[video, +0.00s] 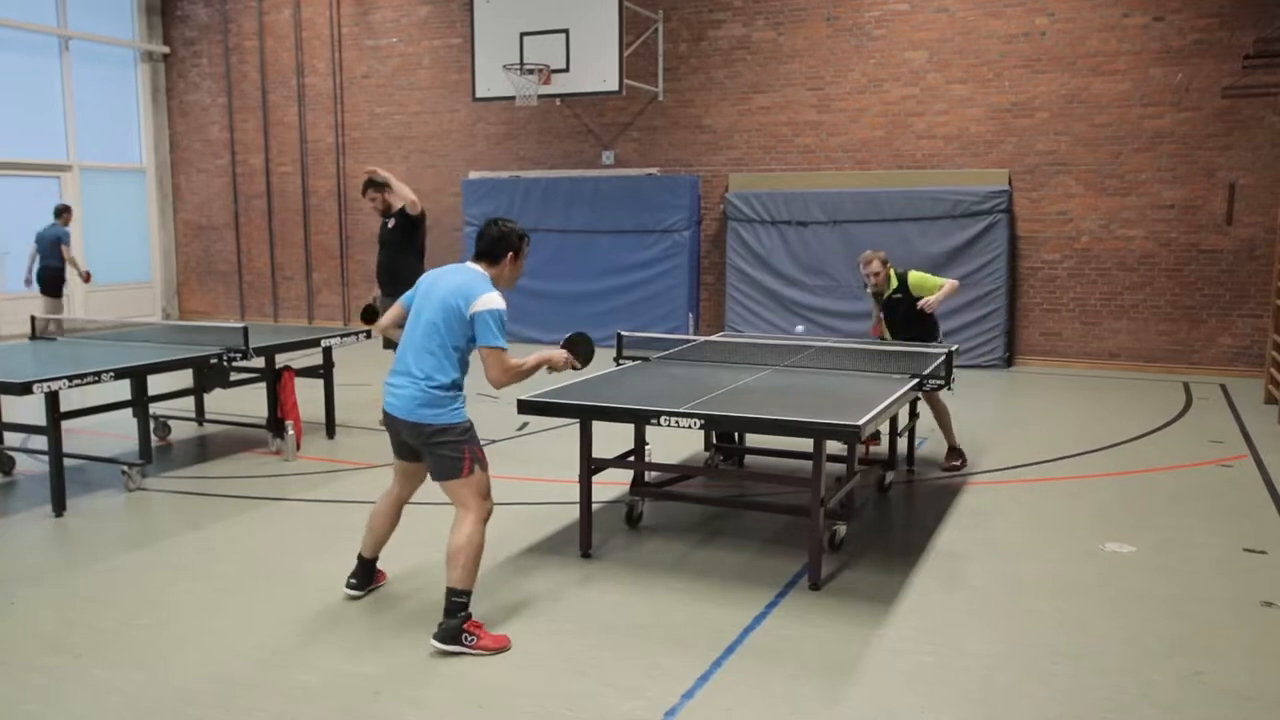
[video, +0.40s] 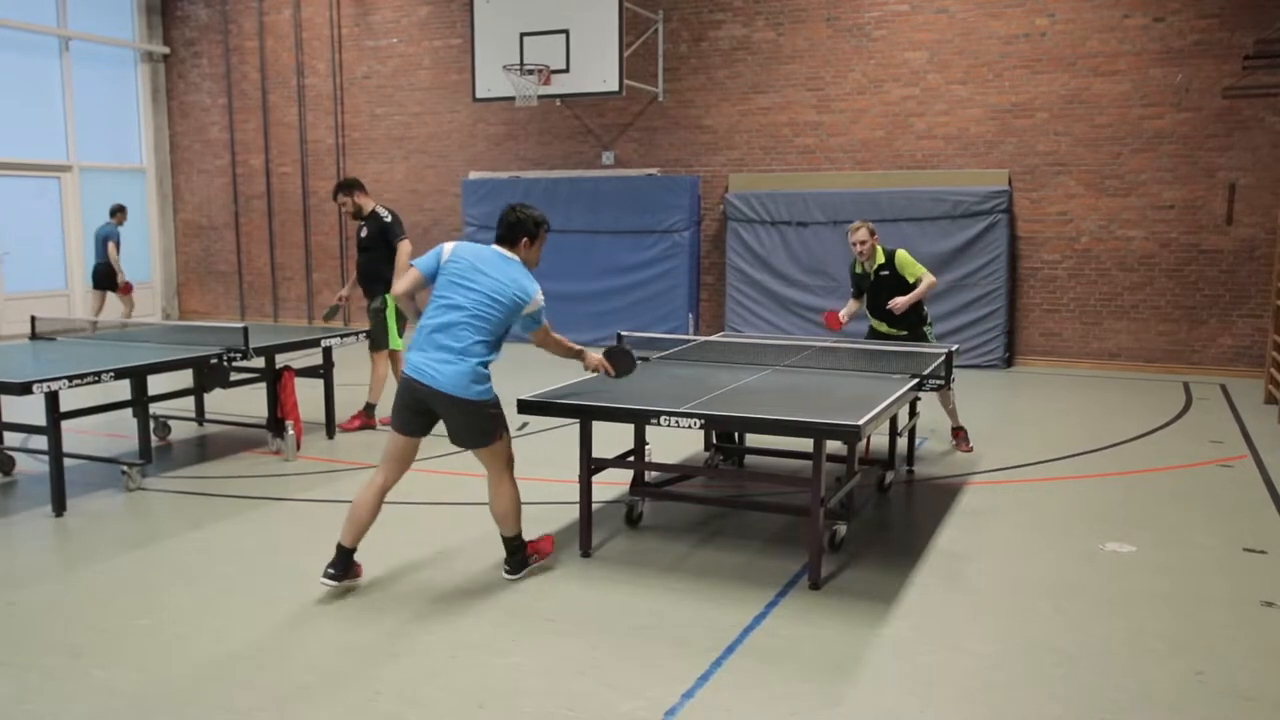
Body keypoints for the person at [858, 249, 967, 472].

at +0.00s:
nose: (872, 281)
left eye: (876, 274)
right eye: (867, 276)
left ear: (887, 270)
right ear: (863, 276)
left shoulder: (910, 280)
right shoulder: (874, 289)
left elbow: (953, 283)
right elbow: (877, 304)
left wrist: (937, 297)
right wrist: (876, 321)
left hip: (926, 348)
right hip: (896, 348)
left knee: (930, 395)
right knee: (872, 385)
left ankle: (953, 449)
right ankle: (871, 431)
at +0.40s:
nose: (859, 249)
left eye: (863, 243)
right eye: (854, 245)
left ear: (875, 240)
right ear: (851, 246)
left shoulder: (897, 257)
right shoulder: (857, 267)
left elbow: (930, 280)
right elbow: (858, 297)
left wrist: (908, 299)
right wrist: (846, 312)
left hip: (914, 333)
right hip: (878, 333)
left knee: (940, 380)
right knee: (863, 380)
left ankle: (957, 428)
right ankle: (861, 437)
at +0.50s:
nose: (857, 244)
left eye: (861, 238)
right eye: (852, 240)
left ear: (872, 235)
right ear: (848, 242)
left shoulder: (895, 251)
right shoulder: (857, 263)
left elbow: (917, 281)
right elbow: (859, 295)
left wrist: (886, 300)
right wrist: (847, 313)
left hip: (919, 325)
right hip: (885, 326)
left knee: (943, 377)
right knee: (863, 373)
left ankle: (965, 421)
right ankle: (861, 432)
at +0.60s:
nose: (855, 256)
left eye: (859, 249)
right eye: (850, 252)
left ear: (871, 247)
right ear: (847, 253)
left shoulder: (886, 263)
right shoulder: (859, 271)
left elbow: (881, 299)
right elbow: (868, 302)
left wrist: (851, 302)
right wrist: (852, 323)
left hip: (921, 332)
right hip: (890, 331)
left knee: (946, 389)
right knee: (862, 376)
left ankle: (986, 435)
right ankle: (859, 434)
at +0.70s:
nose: (861, 271)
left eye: (865, 264)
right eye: (856, 267)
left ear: (876, 261)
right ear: (852, 268)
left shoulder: (894, 275)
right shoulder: (865, 290)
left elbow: (888, 311)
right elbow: (858, 327)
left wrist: (858, 303)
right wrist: (861, 339)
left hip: (928, 343)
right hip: (897, 346)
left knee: (947, 398)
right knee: (864, 387)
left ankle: (987, 442)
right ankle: (860, 443)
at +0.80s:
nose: (867, 273)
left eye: (871, 266)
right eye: (863, 268)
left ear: (883, 261)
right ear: (858, 269)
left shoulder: (905, 270)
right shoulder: (863, 293)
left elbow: (931, 296)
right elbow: (844, 325)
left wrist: (898, 299)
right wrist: (854, 333)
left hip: (930, 345)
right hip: (894, 350)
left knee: (953, 394)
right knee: (865, 391)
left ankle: (989, 443)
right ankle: (856, 446)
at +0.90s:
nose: (874, 275)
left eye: (878, 269)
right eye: (870, 271)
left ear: (889, 264)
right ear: (864, 270)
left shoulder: (909, 270)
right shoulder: (866, 291)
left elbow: (945, 284)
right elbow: (835, 319)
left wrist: (928, 290)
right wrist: (845, 316)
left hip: (930, 343)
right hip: (894, 348)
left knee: (958, 391)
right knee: (871, 391)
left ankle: (987, 441)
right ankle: (861, 445)